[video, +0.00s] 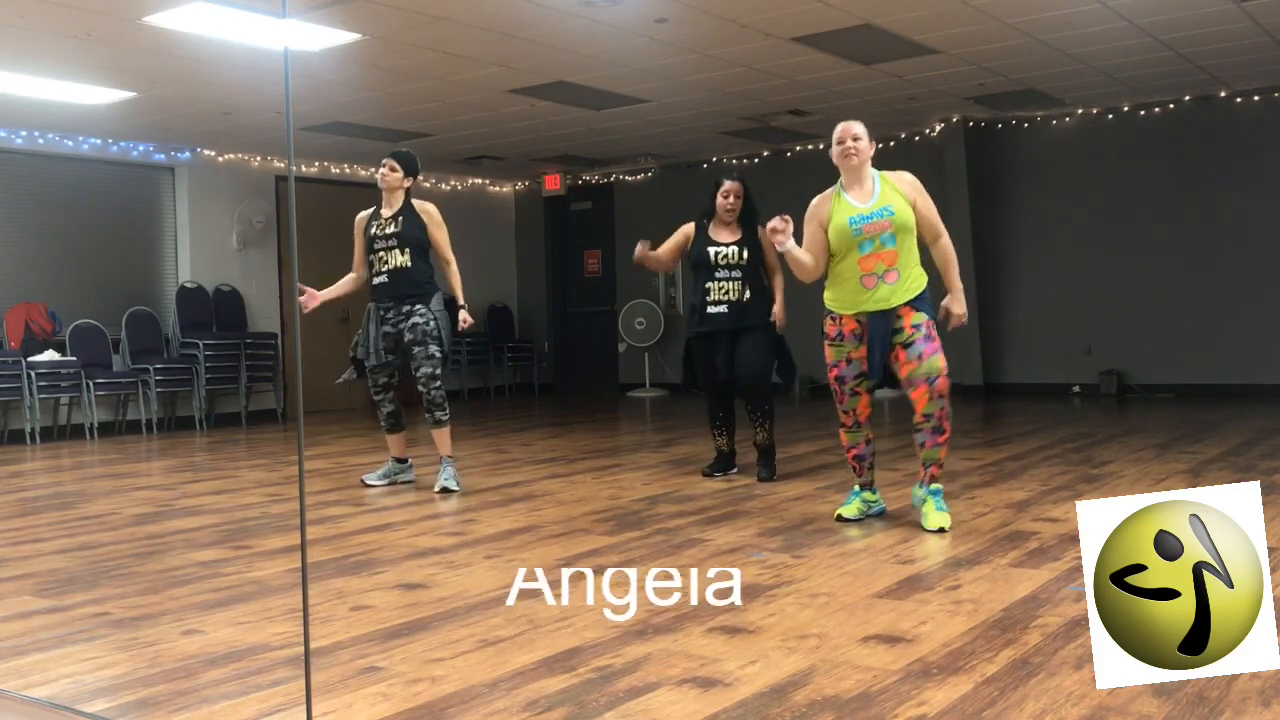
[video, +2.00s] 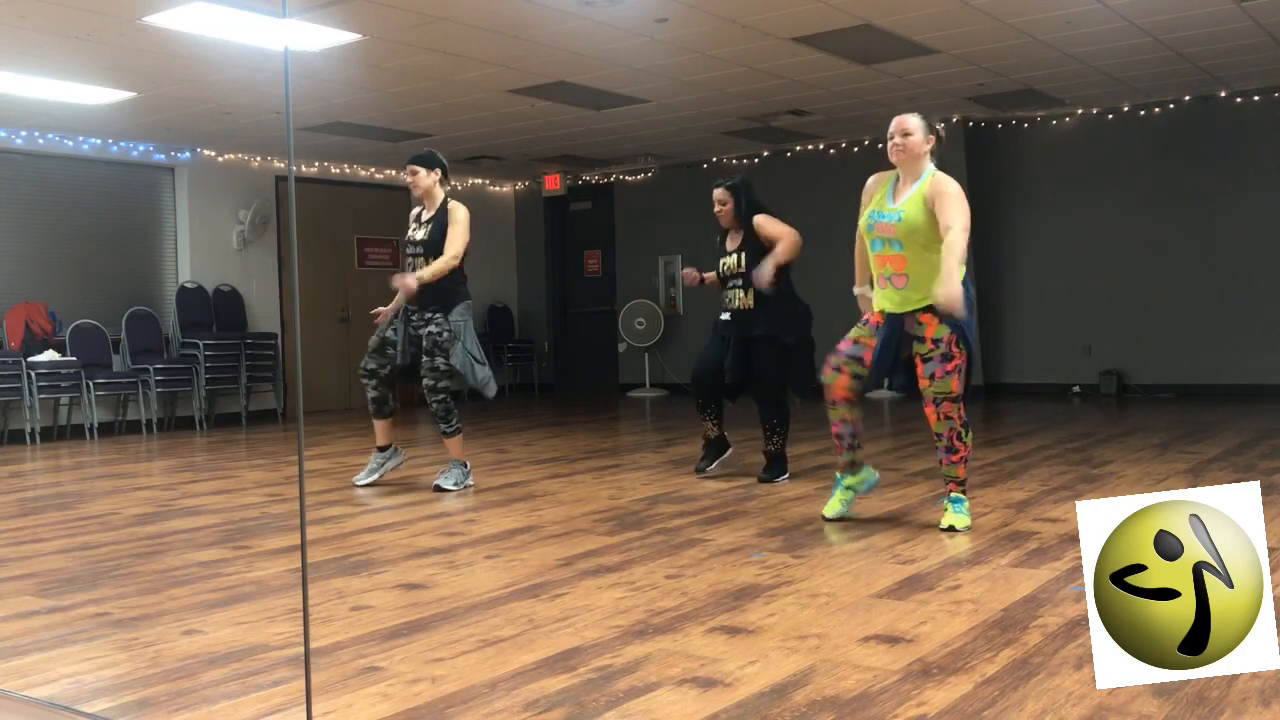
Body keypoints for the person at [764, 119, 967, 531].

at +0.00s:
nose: (849, 145)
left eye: (856, 138)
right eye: (841, 141)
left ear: (873, 148)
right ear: (831, 156)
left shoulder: (903, 184)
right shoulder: (822, 207)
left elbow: (938, 238)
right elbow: (810, 270)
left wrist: (955, 292)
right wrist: (787, 246)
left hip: (907, 311)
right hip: (847, 319)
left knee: (934, 385)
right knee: (851, 406)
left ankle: (930, 489)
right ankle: (865, 491)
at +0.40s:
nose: (873, 138)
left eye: (884, 131)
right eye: (869, 134)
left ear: (907, 139)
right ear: (864, 145)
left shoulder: (928, 188)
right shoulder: (849, 187)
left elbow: (952, 250)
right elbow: (814, 243)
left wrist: (932, 270)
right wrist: (790, 289)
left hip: (919, 310)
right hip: (864, 313)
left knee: (934, 403)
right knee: (863, 402)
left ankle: (949, 494)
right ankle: (867, 491)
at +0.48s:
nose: (880, 140)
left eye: (889, 133)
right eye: (876, 135)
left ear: (914, 142)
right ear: (872, 146)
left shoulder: (933, 189)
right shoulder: (858, 189)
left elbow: (954, 247)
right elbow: (848, 245)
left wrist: (915, 272)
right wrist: (843, 298)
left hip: (930, 309)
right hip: (875, 312)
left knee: (938, 401)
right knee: (834, 382)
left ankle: (949, 494)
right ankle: (859, 473)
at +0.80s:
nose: (873, 142)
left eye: (882, 134)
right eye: (868, 137)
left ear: (906, 140)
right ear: (864, 148)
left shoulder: (930, 182)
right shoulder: (855, 195)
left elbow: (956, 242)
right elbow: (854, 257)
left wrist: (964, 304)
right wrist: (830, 300)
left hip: (921, 309)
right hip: (867, 313)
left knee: (933, 402)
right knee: (861, 400)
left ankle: (948, 495)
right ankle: (867, 491)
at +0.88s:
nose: (871, 142)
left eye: (879, 135)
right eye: (864, 138)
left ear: (898, 142)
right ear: (857, 148)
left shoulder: (924, 184)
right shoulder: (845, 200)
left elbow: (966, 238)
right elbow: (831, 262)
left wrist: (977, 298)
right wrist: (795, 273)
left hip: (917, 310)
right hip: (861, 315)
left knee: (930, 402)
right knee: (864, 404)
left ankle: (947, 494)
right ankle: (867, 492)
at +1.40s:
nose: (884, 139)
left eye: (894, 132)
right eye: (880, 135)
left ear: (918, 140)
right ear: (876, 146)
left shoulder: (936, 191)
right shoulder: (866, 183)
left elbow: (951, 257)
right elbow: (847, 241)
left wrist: (927, 257)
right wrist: (836, 294)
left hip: (923, 312)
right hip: (870, 313)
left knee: (937, 404)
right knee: (864, 402)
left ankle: (955, 497)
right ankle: (866, 492)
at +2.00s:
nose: (895, 142)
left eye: (905, 134)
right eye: (890, 137)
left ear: (930, 141)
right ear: (887, 147)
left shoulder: (943, 188)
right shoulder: (876, 184)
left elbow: (956, 233)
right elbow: (863, 238)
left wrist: (950, 279)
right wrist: (861, 289)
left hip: (935, 312)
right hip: (885, 312)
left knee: (943, 404)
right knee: (838, 375)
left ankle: (956, 497)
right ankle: (853, 473)